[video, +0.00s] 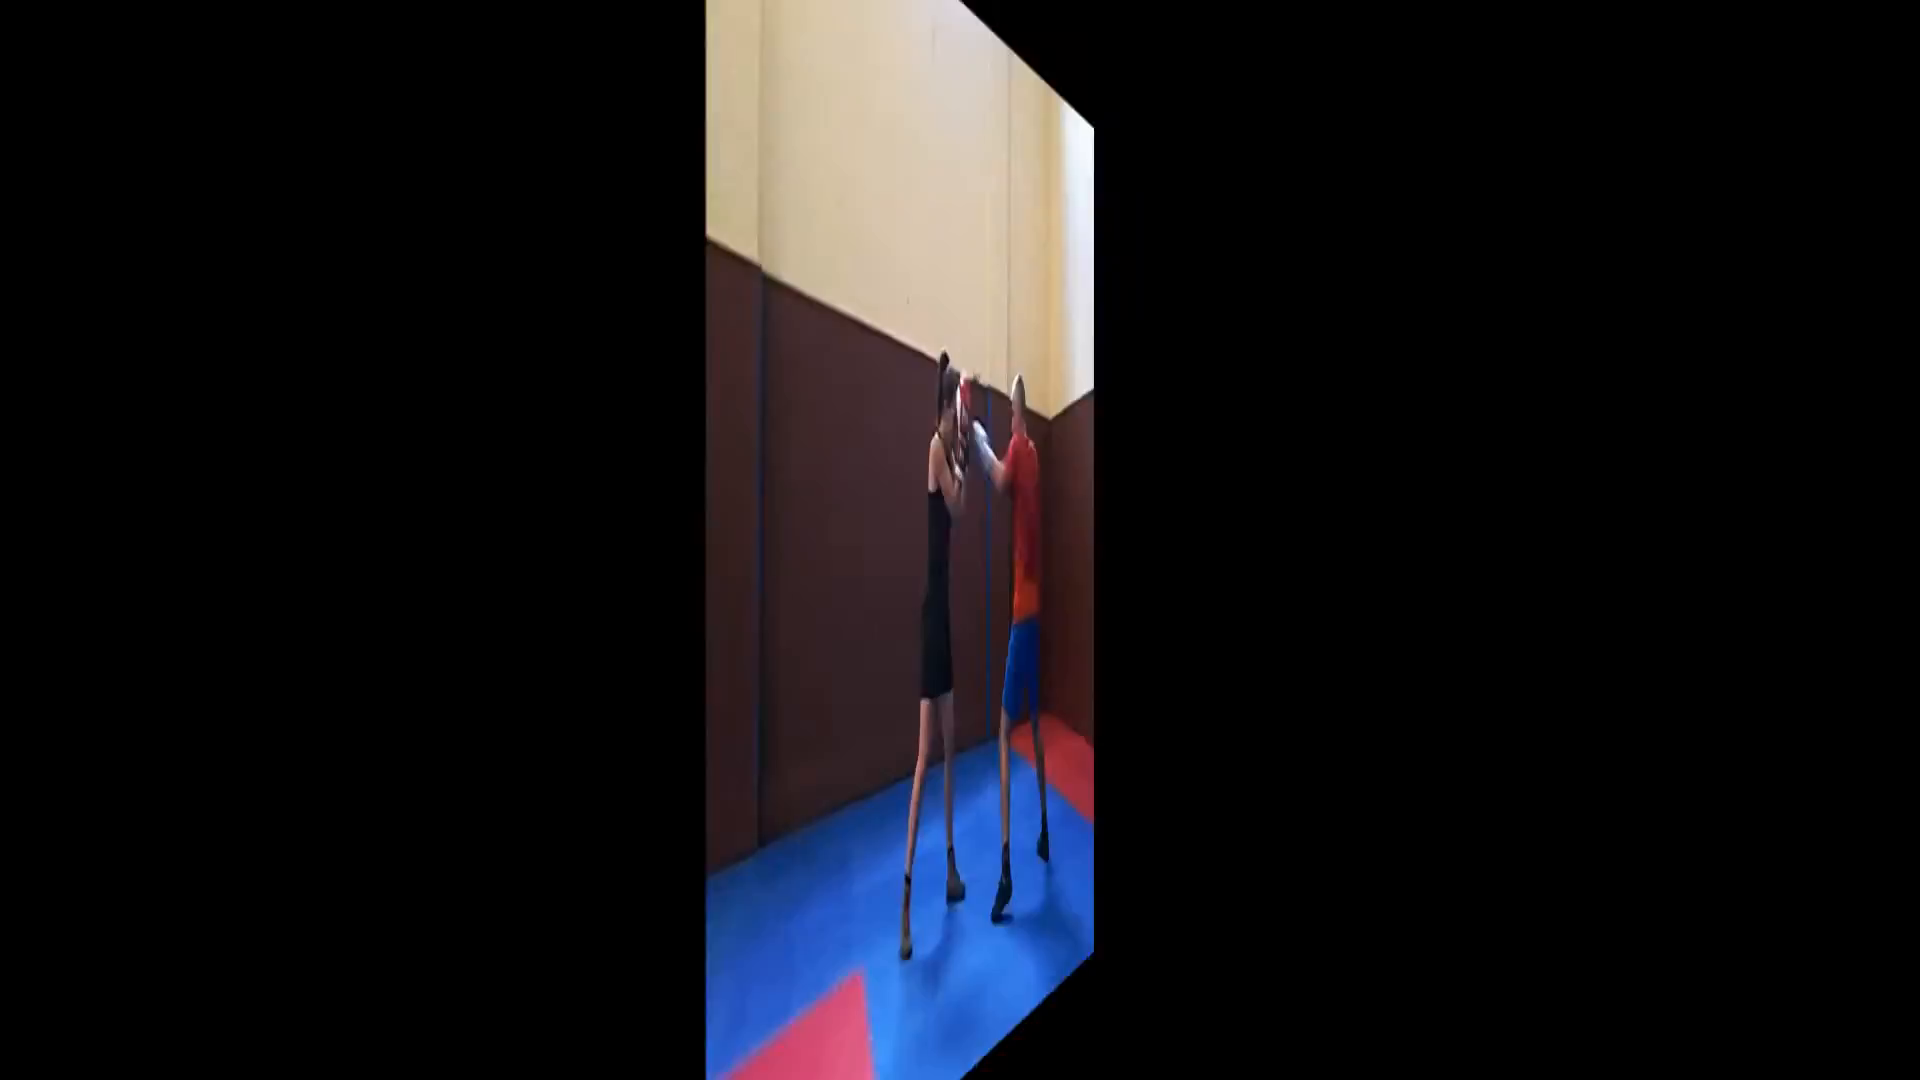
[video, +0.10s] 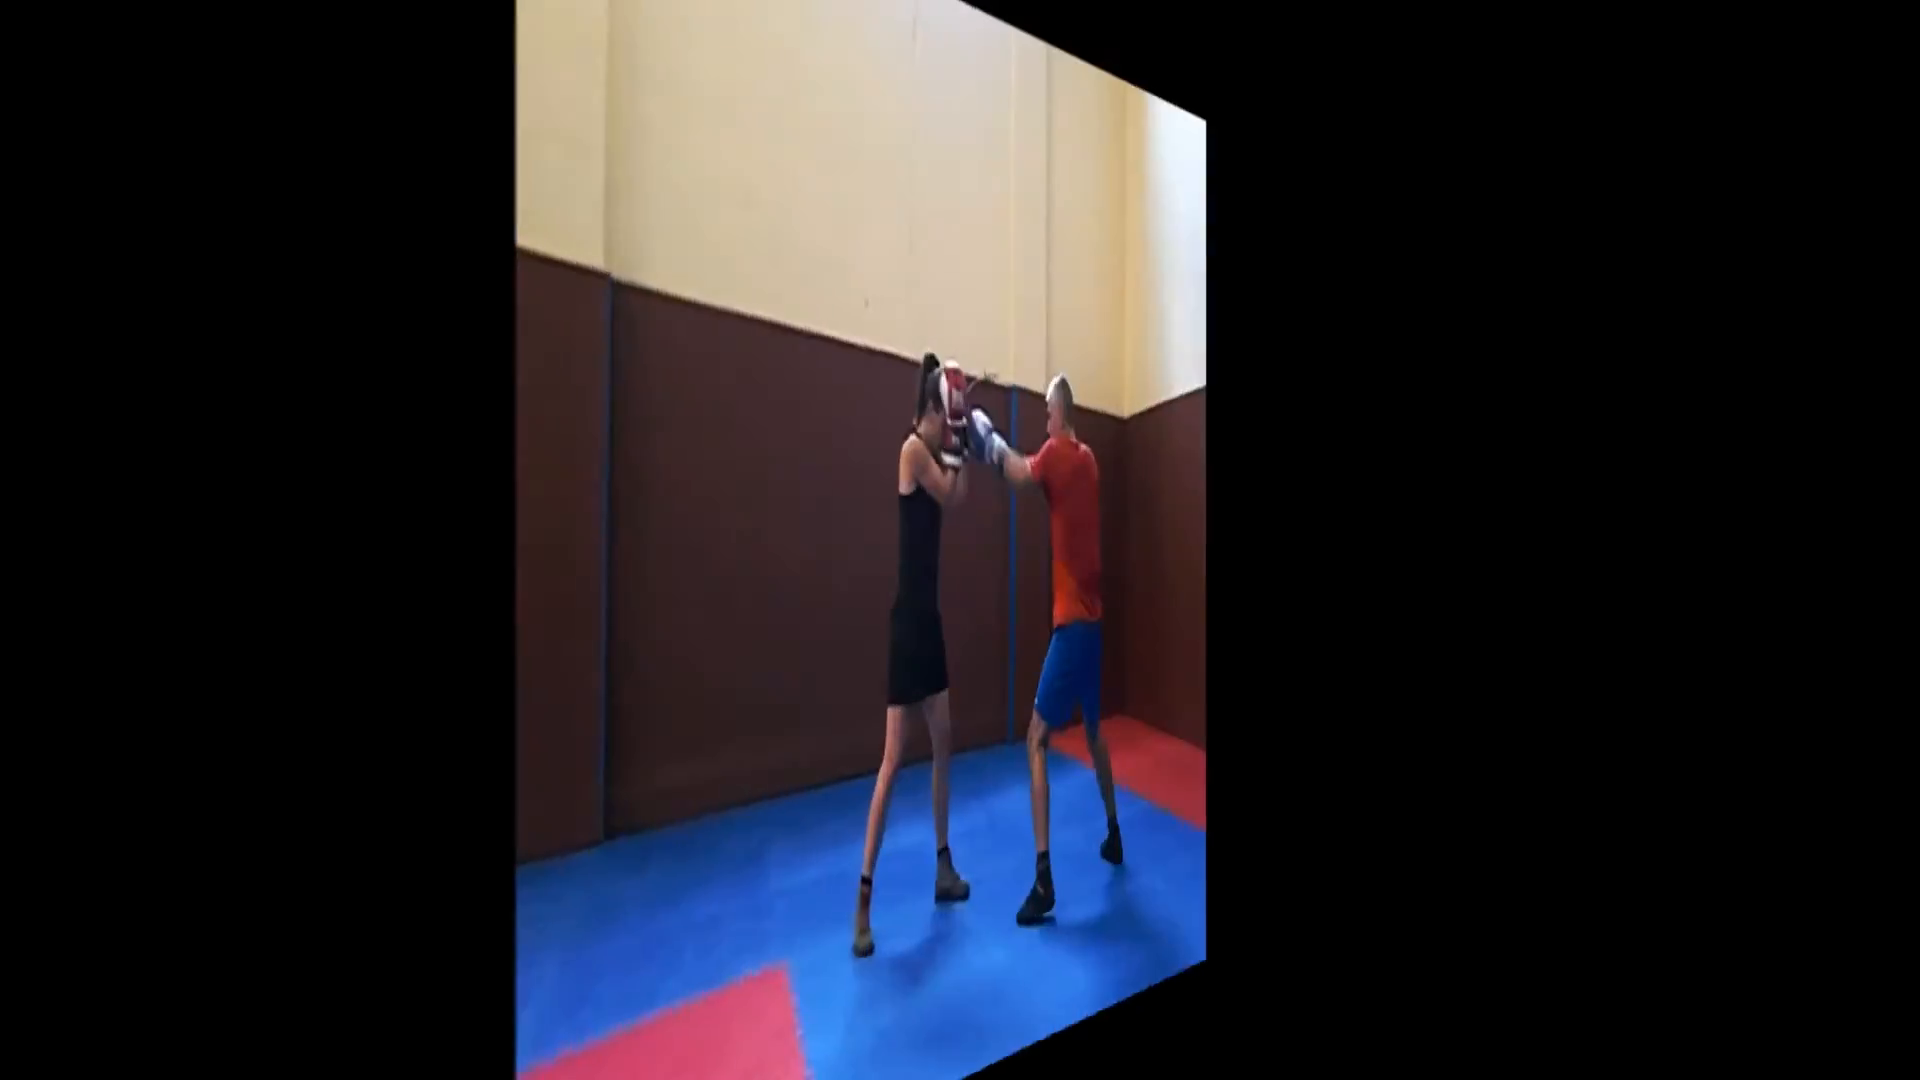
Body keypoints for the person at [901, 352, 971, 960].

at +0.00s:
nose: (966, 418)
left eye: (968, 410)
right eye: (960, 407)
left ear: (969, 424)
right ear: (947, 411)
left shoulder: (966, 460)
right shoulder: (938, 459)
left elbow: (994, 488)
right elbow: (959, 501)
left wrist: (979, 440)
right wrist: (960, 447)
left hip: (949, 619)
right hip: (933, 620)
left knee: (949, 748)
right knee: (925, 753)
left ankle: (949, 857)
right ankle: (908, 867)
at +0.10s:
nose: (952, 425)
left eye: (954, 416)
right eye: (947, 414)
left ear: (942, 419)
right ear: (928, 413)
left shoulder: (932, 456)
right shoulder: (915, 451)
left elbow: (959, 490)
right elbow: (951, 493)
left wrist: (970, 439)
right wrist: (962, 443)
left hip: (924, 619)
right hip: (910, 620)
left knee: (940, 745)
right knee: (895, 755)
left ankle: (944, 866)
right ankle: (864, 890)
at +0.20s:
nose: (935, 432)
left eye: (938, 422)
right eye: (930, 422)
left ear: (924, 418)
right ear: (907, 414)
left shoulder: (911, 457)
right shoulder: (888, 453)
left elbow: (954, 489)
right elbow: (941, 489)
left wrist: (957, 428)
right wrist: (954, 432)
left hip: (912, 618)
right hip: (886, 619)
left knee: (936, 740)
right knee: (865, 759)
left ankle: (938, 864)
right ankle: (827, 892)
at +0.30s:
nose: (921, 434)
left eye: (924, 425)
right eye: (917, 424)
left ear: (908, 419)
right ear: (891, 416)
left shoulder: (893, 458)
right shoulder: (863, 454)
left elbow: (942, 486)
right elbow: (928, 490)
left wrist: (949, 432)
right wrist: (947, 436)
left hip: (899, 620)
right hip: (863, 623)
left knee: (929, 739)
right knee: (841, 762)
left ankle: (931, 865)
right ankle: (796, 893)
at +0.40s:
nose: (908, 437)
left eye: (911, 427)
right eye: (904, 426)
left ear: (892, 421)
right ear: (877, 417)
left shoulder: (878, 460)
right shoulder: (843, 456)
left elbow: (927, 485)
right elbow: (917, 489)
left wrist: (940, 438)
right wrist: (938, 441)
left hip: (887, 622)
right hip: (844, 624)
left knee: (922, 740)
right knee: (822, 762)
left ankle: (928, 865)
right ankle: (773, 889)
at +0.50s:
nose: (898, 439)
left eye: (901, 430)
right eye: (892, 428)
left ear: (885, 424)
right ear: (862, 418)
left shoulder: (868, 463)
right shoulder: (826, 459)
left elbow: (931, 485)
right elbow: (904, 489)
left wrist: (937, 431)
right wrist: (927, 432)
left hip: (879, 623)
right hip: (833, 626)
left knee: (917, 740)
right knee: (812, 761)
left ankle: (924, 865)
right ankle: (760, 884)